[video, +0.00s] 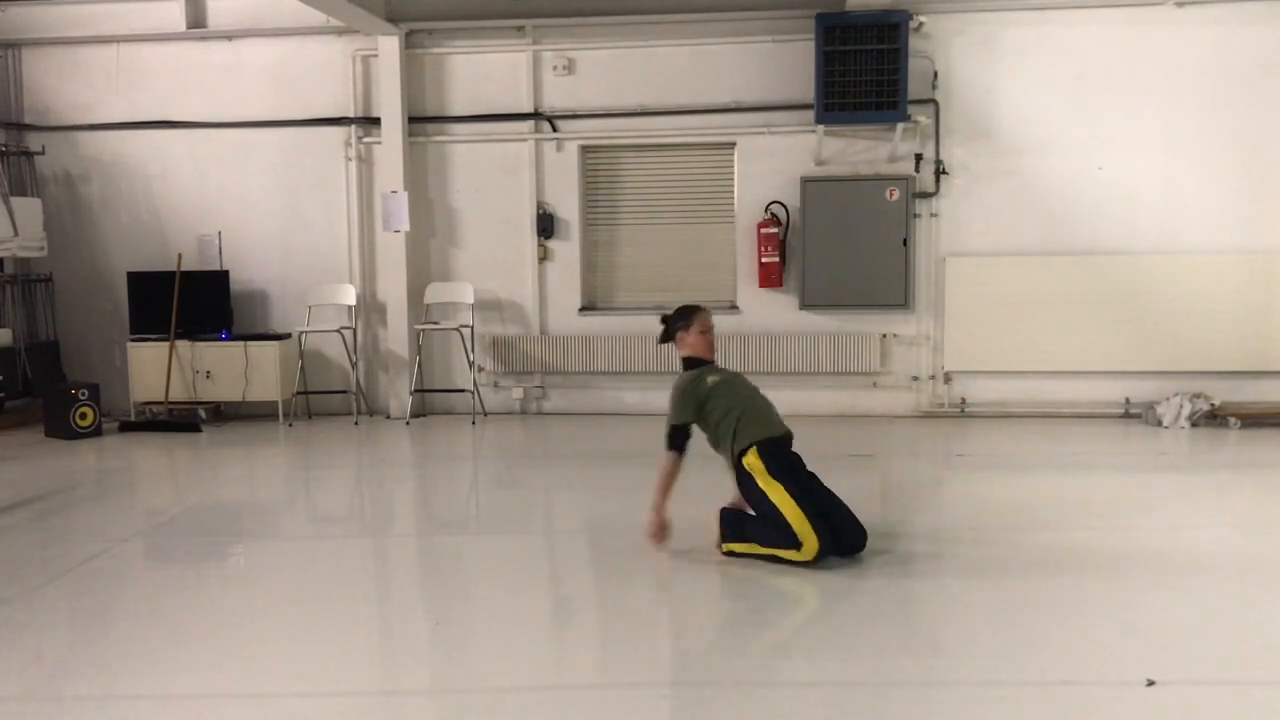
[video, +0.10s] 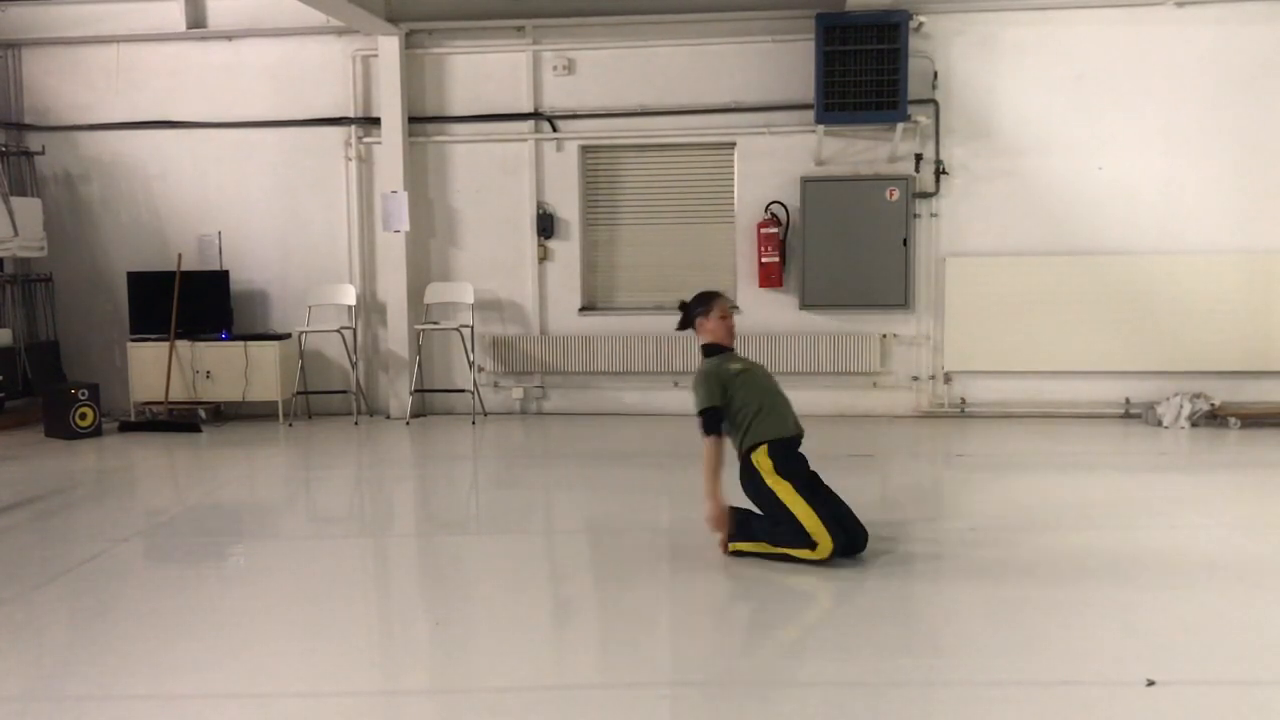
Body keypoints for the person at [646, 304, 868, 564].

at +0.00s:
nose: (712, 338)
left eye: (711, 331)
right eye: (704, 332)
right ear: (681, 340)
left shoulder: (723, 375)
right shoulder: (688, 383)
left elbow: (741, 441)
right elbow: (674, 452)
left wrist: (744, 497)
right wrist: (658, 512)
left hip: (783, 456)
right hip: (757, 463)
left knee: (853, 539)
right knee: (808, 548)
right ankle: (731, 530)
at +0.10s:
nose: (732, 322)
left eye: (731, 315)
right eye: (724, 316)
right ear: (701, 324)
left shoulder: (743, 364)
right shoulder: (709, 373)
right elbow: (713, 440)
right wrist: (716, 505)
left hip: (789, 460)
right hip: (765, 466)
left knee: (854, 539)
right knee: (822, 546)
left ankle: (743, 522)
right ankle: (736, 531)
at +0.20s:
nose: (754, 309)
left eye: (753, 303)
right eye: (746, 303)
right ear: (724, 313)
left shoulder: (766, 355)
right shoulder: (734, 361)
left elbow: (795, 425)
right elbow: (751, 426)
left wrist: (821, 477)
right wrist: (765, 484)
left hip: (795, 458)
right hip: (778, 462)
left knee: (853, 537)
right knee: (844, 543)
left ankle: (748, 523)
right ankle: (743, 530)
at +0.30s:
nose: (784, 300)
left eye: (782, 294)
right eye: (775, 295)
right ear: (752, 305)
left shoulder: (798, 352)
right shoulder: (762, 353)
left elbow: (820, 414)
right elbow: (788, 416)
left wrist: (851, 466)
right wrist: (812, 476)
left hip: (801, 463)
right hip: (775, 467)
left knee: (855, 539)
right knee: (835, 549)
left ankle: (766, 522)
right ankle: (747, 527)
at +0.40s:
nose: (823, 296)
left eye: (821, 289)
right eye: (815, 289)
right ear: (790, 299)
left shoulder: (826, 350)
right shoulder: (792, 348)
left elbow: (849, 414)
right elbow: (822, 417)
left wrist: (881, 469)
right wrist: (849, 483)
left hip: (806, 466)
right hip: (780, 467)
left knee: (855, 539)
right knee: (840, 549)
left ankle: (774, 511)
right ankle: (746, 527)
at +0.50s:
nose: (864, 307)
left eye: (863, 299)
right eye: (856, 298)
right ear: (829, 304)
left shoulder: (854, 359)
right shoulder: (821, 357)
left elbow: (878, 421)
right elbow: (852, 429)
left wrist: (911, 476)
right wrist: (879, 494)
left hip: (808, 468)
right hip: (781, 468)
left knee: (854, 541)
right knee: (839, 550)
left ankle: (775, 513)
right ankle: (745, 528)